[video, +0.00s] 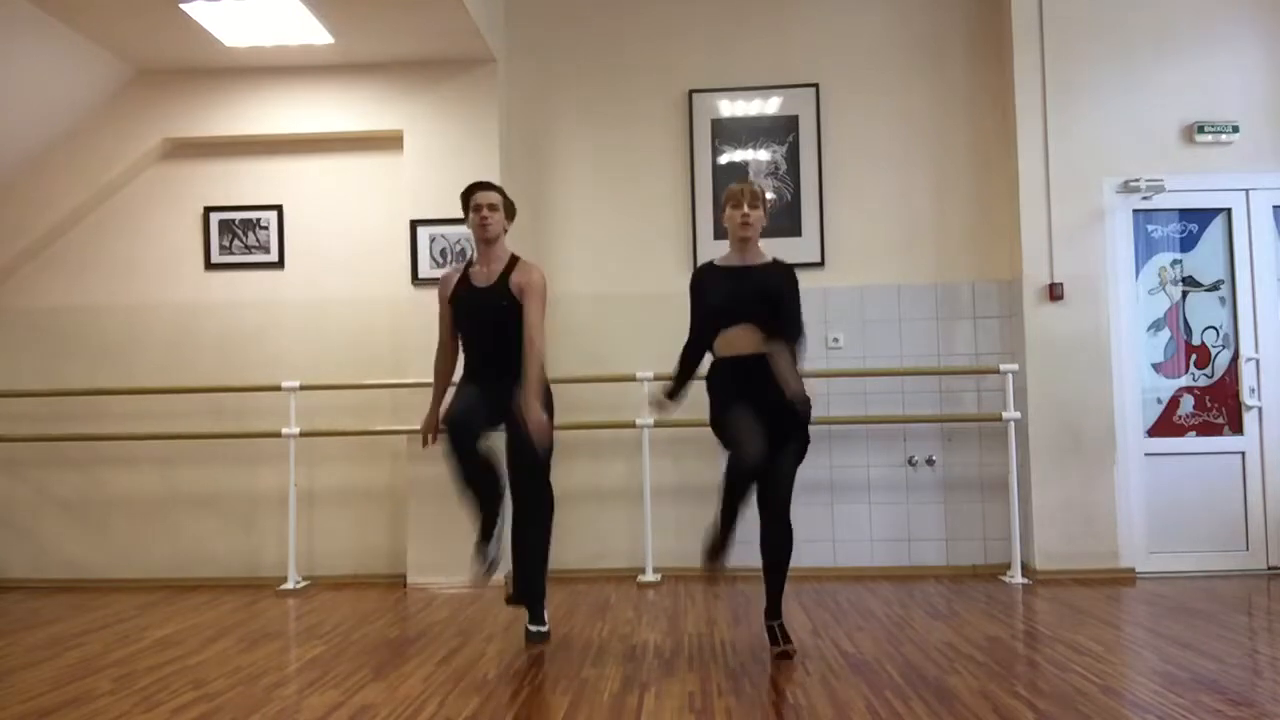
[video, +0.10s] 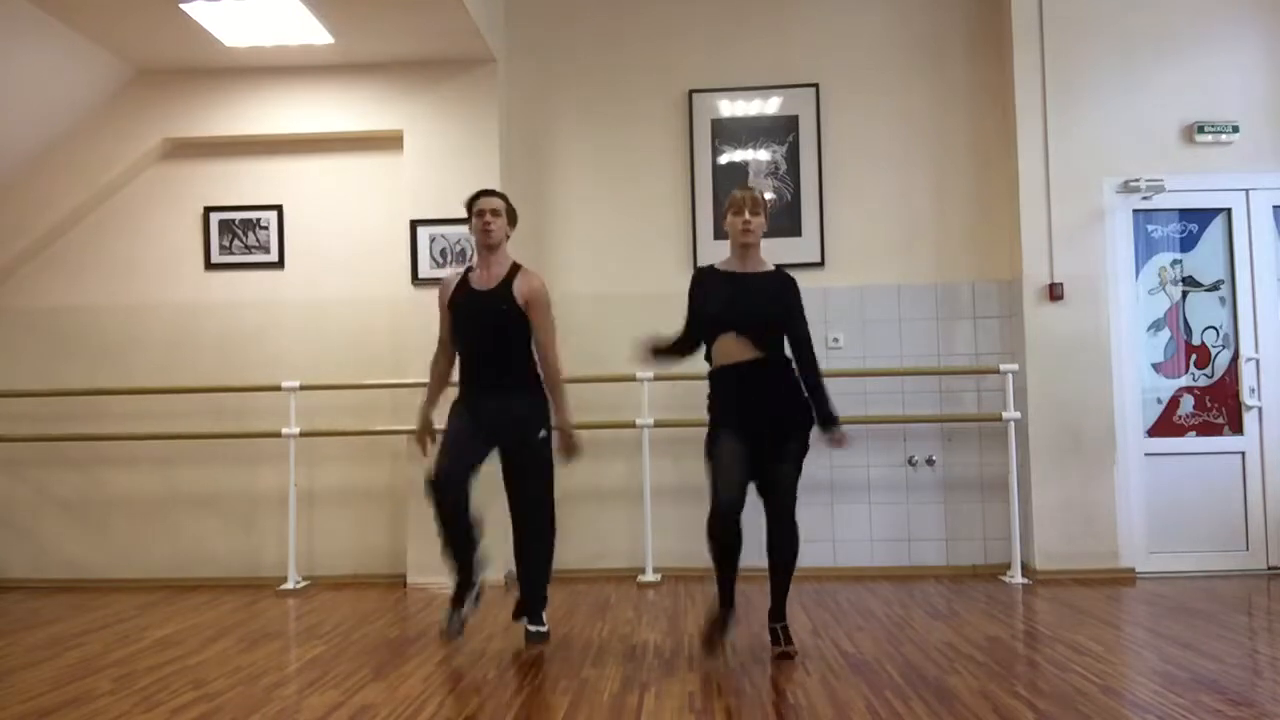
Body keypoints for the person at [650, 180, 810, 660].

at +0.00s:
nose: (744, 213)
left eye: (753, 205)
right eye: (736, 206)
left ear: (765, 214)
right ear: (723, 216)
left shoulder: (781, 273)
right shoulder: (706, 277)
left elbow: (789, 336)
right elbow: (698, 339)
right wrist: (674, 389)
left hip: (779, 386)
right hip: (729, 385)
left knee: (777, 506)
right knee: (750, 453)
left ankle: (774, 615)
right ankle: (723, 532)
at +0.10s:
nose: (746, 220)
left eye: (754, 212)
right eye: (737, 212)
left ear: (766, 223)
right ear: (724, 222)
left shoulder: (782, 283)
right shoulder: (705, 280)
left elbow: (805, 356)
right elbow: (690, 341)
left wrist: (828, 417)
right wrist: (658, 349)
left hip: (782, 408)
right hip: (730, 408)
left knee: (782, 515)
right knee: (724, 508)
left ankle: (778, 618)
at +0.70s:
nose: (757, 215)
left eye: (763, 209)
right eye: (747, 207)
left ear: (768, 220)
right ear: (726, 216)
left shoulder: (787, 275)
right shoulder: (705, 272)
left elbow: (849, 304)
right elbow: (674, 327)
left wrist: (915, 318)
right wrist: (704, 345)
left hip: (769, 400)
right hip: (717, 403)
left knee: (791, 507)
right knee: (714, 518)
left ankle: (845, 593)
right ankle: (719, 624)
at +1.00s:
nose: (795, 211)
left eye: (801, 204)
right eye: (785, 203)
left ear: (809, 216)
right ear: (766, 216)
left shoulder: (825, 265)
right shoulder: (754, 278)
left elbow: (826, 279)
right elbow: (723, 327)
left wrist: (806, 232)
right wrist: (751, 365)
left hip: (836, 388)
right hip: (787, 391)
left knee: (851, 502)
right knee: (777, 492)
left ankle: (864, 612)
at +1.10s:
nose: (817, 218)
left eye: (822, 211)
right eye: (807, 210)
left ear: (828, 222)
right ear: (783, 223)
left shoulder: (841, 270)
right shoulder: (770, 282)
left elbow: (829, 316)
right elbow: (745, 336)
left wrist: (790, 257)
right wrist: (772, 373)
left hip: (856, 393)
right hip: (809, 400)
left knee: (862, 507)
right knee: (822, 507)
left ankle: (863, 614)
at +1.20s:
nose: (827, 219)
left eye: (831, 213)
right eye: (817, 212)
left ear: (836, 225)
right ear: (792, 224)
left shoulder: (850, 272)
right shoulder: (776, 283)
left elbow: (837, 320)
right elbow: (753, 339)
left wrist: (792, 266)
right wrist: (780, 376)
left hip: (867, 394)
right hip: (818, 402)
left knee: (869, 513)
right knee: (853, 514)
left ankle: (864, 615)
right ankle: (925, 608)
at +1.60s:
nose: (849, 218)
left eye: (853, 212)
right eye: (838, 211)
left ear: (857, 222)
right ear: (816, 219)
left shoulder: (868, 264)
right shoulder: (798, 278)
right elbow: (774, 334)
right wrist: (796, 370)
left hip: (884, 388)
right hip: (834, 395)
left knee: (879, 505)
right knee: (858, 496)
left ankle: (865, 615)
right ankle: (940, 543)